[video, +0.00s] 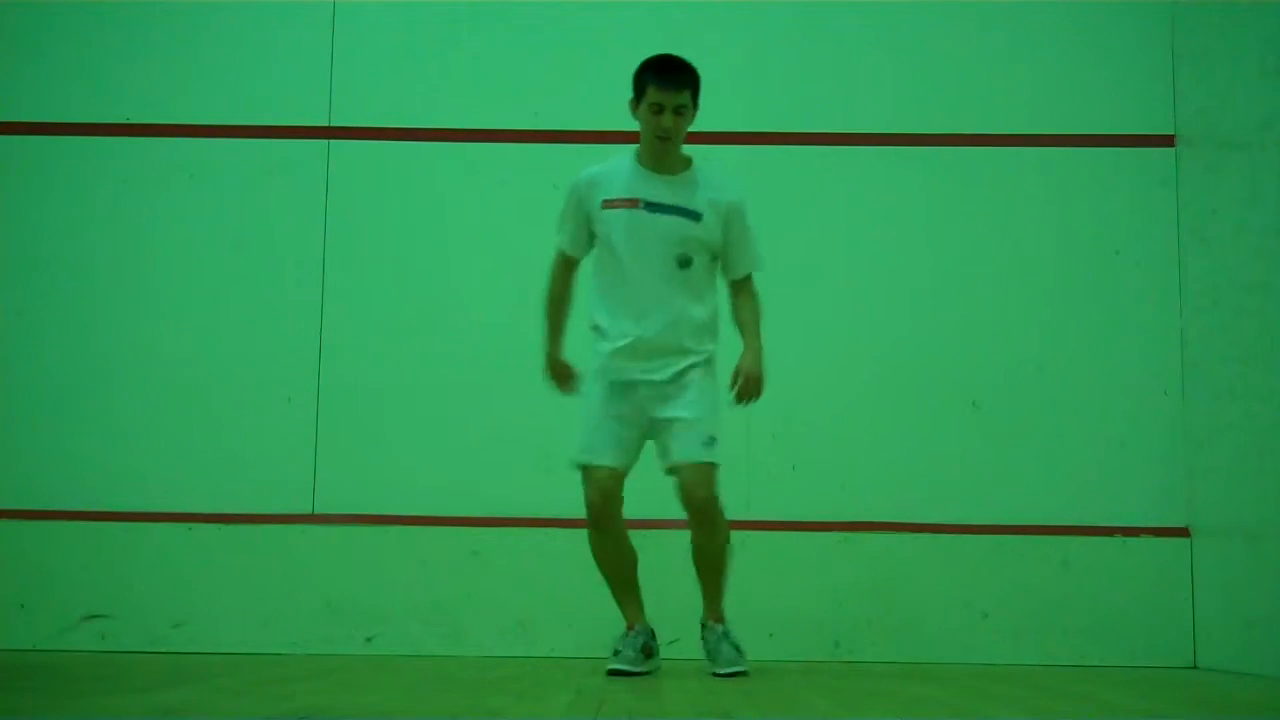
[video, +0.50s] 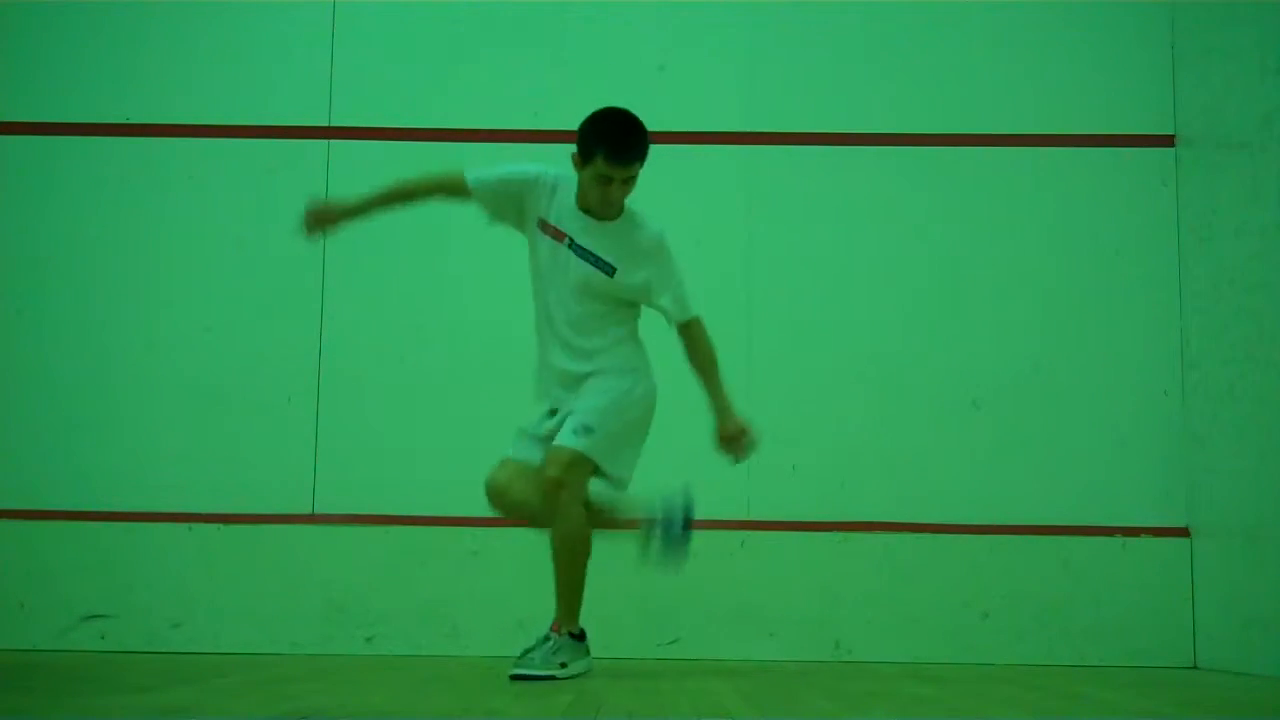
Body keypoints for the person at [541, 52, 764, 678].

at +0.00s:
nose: (665, 121)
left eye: (678, 110)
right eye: (656, 108)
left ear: (692, 116)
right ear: (635, 110)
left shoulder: (720, 198)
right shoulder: (594, 186)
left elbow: (742, 284)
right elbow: (564, 267)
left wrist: (753, 351)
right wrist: (554, 349)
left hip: (689, 372)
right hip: (613, 372)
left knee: (700, 495)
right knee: (599, 497)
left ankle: (716, 625)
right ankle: (636, 629)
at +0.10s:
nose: (654, 124)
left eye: (666, 113)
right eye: (644, 111)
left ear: (681, 116)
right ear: (621, 109)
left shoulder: (702, 195)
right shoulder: (581, 180)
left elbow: (731, 278)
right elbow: (533, 247)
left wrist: (748, 345)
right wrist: (518, 334)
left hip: (669, 361)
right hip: (599, 364)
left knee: (652, 457)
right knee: (602, 499)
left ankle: (684, 590)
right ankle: (636, 629)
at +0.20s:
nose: (646, 115)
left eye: (658, 103)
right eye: (635, 101)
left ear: (671, 101)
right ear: (611, 93)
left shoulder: (690, 176)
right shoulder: (567, 151)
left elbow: (726, 250)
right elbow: (508, 205)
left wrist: (742, 316)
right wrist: (485, 290)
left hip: (652, 333)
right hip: (585, 336)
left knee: (625, 440)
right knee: (584, 479)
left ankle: (630, 600)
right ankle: (632, 606)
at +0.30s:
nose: (636, 127)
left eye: (647, 115)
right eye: (625, 113)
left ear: (658, 112)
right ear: (598, 104)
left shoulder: (672, 182)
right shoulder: (553, 151)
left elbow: (718, 262)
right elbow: (478, 188)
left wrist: (727, 332)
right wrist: (440, 269)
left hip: (640, 344)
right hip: (573, 346)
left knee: (605, 459)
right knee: (544, 465)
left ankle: (578, 621)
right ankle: (640, 576)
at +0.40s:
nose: (623, 169)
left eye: (634, 158)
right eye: (612, 154)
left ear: (645, 152)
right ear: (585, 141)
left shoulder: (653, 229)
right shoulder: (544, 184)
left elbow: (696, 305)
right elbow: (455, 198)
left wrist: (710, 397)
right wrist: (381, 253)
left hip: (625, 382)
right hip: (561, 381)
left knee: (562, 484)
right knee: (519, 494)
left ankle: (567, 638)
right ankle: (635, 593)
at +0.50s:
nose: (617, 194)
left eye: (628, 182)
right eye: (606, 181)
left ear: (640, 173)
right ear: (578, 163)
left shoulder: (645, 244)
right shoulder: (539, 192)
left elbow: (690, 327)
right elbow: (444, 186)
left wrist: (724, 413)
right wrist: (347, 210)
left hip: (619, 385)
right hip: (561, 392)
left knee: (560, 475)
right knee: (507, 488)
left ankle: (567, 638)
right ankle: (649, 521)